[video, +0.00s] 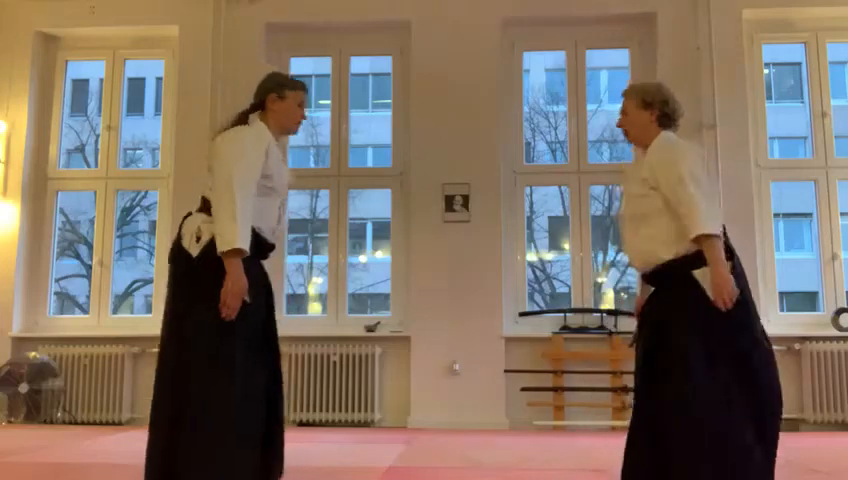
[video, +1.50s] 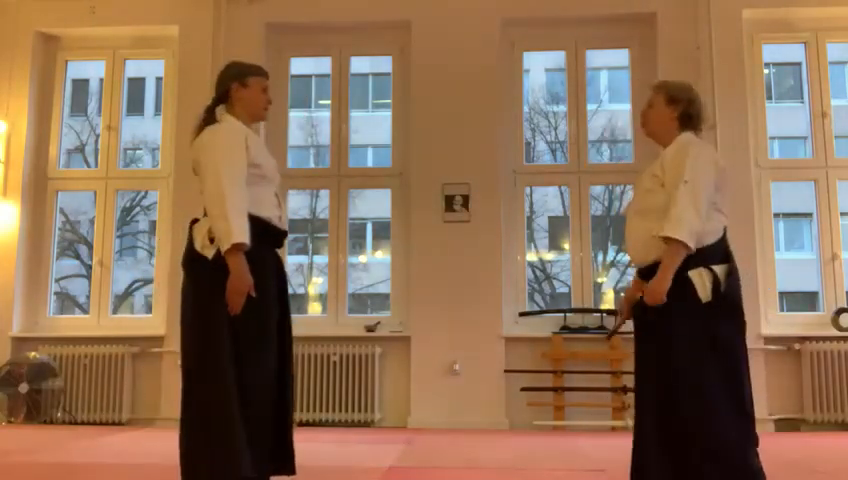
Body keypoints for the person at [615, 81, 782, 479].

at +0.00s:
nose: (620, 120)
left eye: (626, 112)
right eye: (621, 113)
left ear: (652, 114)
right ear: (646, 115)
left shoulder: (669, 151)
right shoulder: (644, 161)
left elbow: (696, 206)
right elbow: (656, 228)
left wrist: (719, 269)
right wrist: (646, 288)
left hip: (694, 283)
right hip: (668, 287)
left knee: (693, 392)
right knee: (668, 392)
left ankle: (698, 472)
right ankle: (675, 472)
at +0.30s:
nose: (605, 162)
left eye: (604, 151)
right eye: (600, 156)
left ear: (626, 136)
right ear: (624, 141)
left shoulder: (672, 159)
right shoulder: (639, 180)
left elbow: (684, 225)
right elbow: (661, 237)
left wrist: (654, 279)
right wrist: (652, 287)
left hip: (716, 287)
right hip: (685, 291)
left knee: (716, 397)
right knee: (678, 398)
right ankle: (680, 473)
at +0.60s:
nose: (594, 189)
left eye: (593, 180)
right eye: (588, 184)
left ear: (610, 159)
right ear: (607, 163)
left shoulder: (665, 176)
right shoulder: (623, 200)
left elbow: (687, 241)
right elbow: (652, 253)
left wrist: (676, 303)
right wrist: (663, 306)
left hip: (731, 284)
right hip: (691, 291)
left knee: (736, 390)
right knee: (691, 390)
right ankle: (699, 468)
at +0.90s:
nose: (598, 166)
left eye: (598, 156)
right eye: (593, 159)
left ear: (621, 140)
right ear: (616, 146)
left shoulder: (668, 164)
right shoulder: (628, 185)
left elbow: (691, 226)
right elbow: (648, 245)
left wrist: (692, 293)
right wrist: (654, 303)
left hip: (722, 283)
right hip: (682, 289)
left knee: (731, 391)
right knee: (690, 395)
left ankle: (742, 473)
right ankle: (698, 473)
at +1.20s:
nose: (625, 122)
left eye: (631, 114)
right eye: (625, 114)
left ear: (659, 116)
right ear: (650, 118)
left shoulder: (687, 151)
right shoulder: (654, 164)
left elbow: (681, 225)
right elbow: (662, 228)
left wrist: (644, 277)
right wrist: (641, 281)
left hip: (701, 286)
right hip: (670, 287)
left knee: (708, 401)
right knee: (672, 400)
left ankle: (716, 475)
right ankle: (678, 474)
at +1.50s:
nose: (642, 114)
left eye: (650, 106)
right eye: (644, 107)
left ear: (675, 110)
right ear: (670, 112)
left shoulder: (692, 149)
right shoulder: (666, 159)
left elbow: (688, 217)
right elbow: (662, 226)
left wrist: (663, 276)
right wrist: (639, 282)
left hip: (692, 281)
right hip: (665, 284)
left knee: (696, 392)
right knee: (665, 394)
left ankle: (705, 474)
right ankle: (671, 473)